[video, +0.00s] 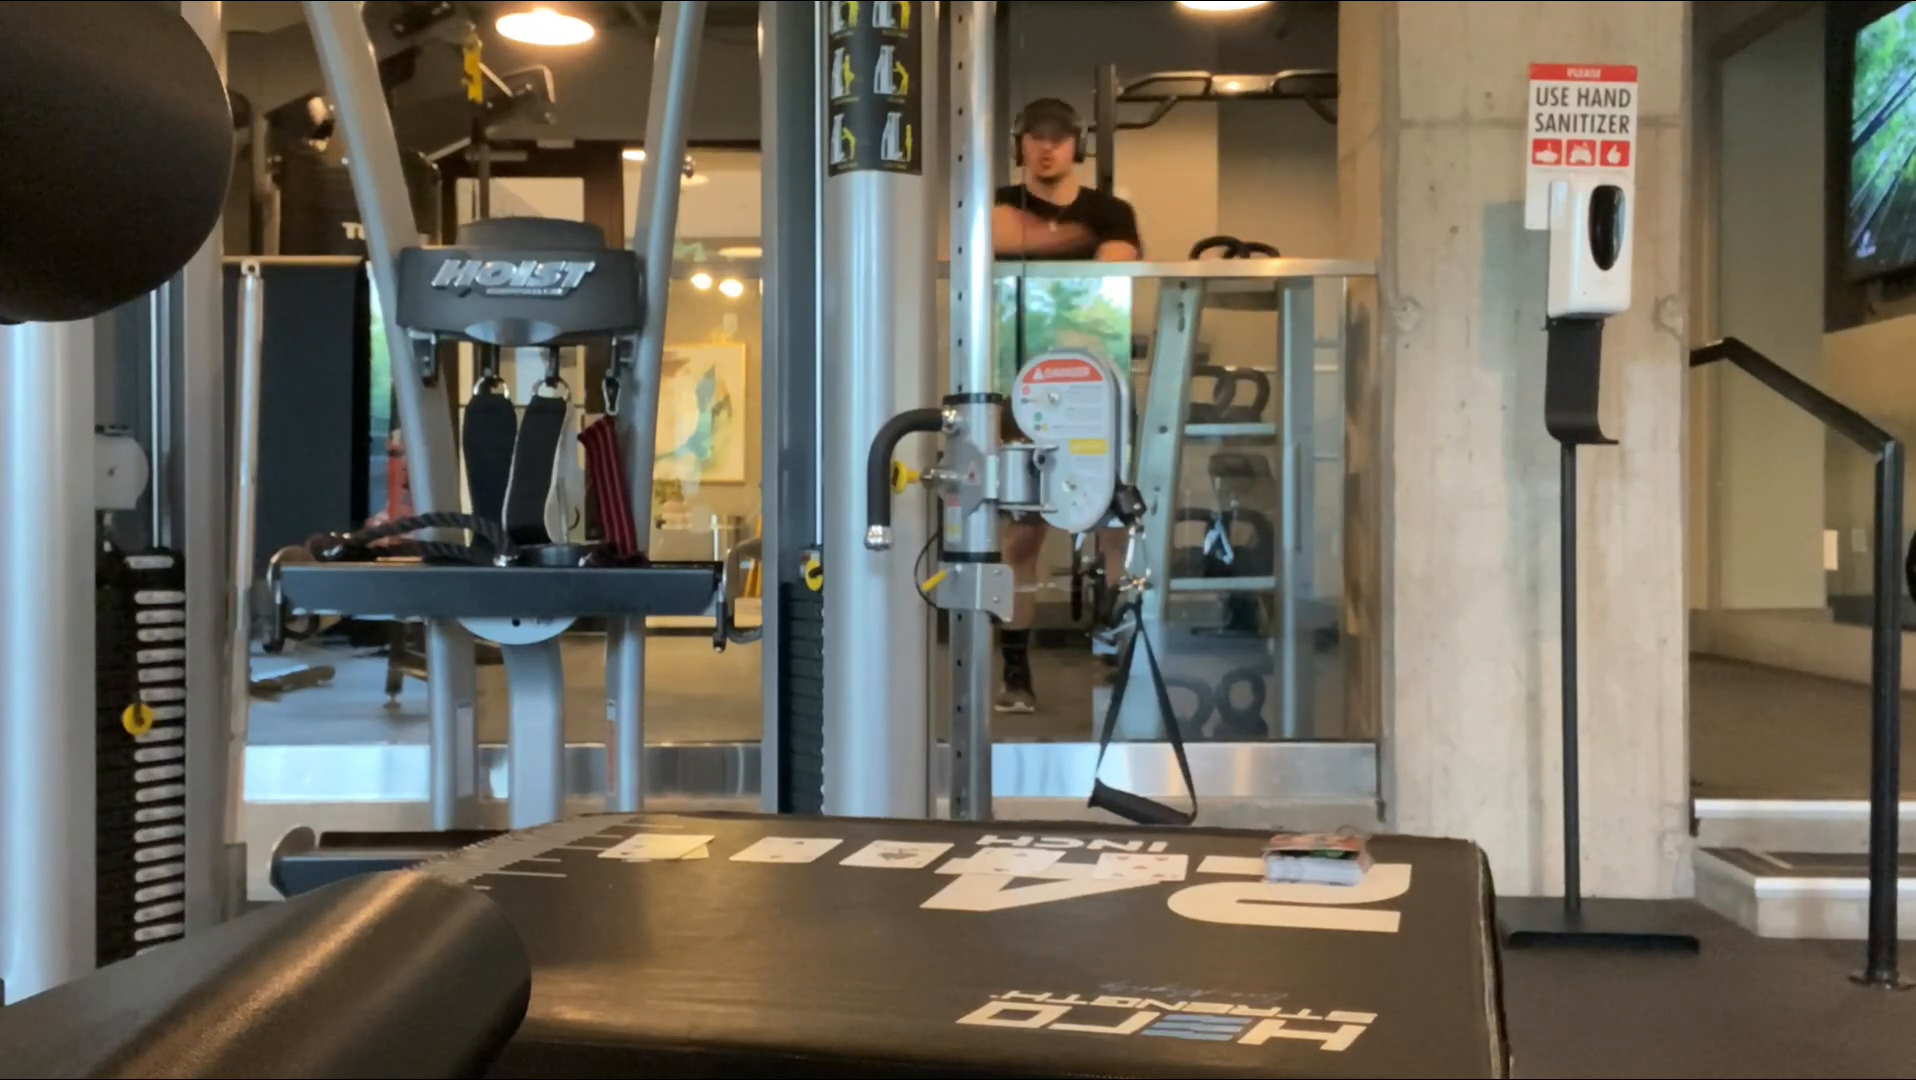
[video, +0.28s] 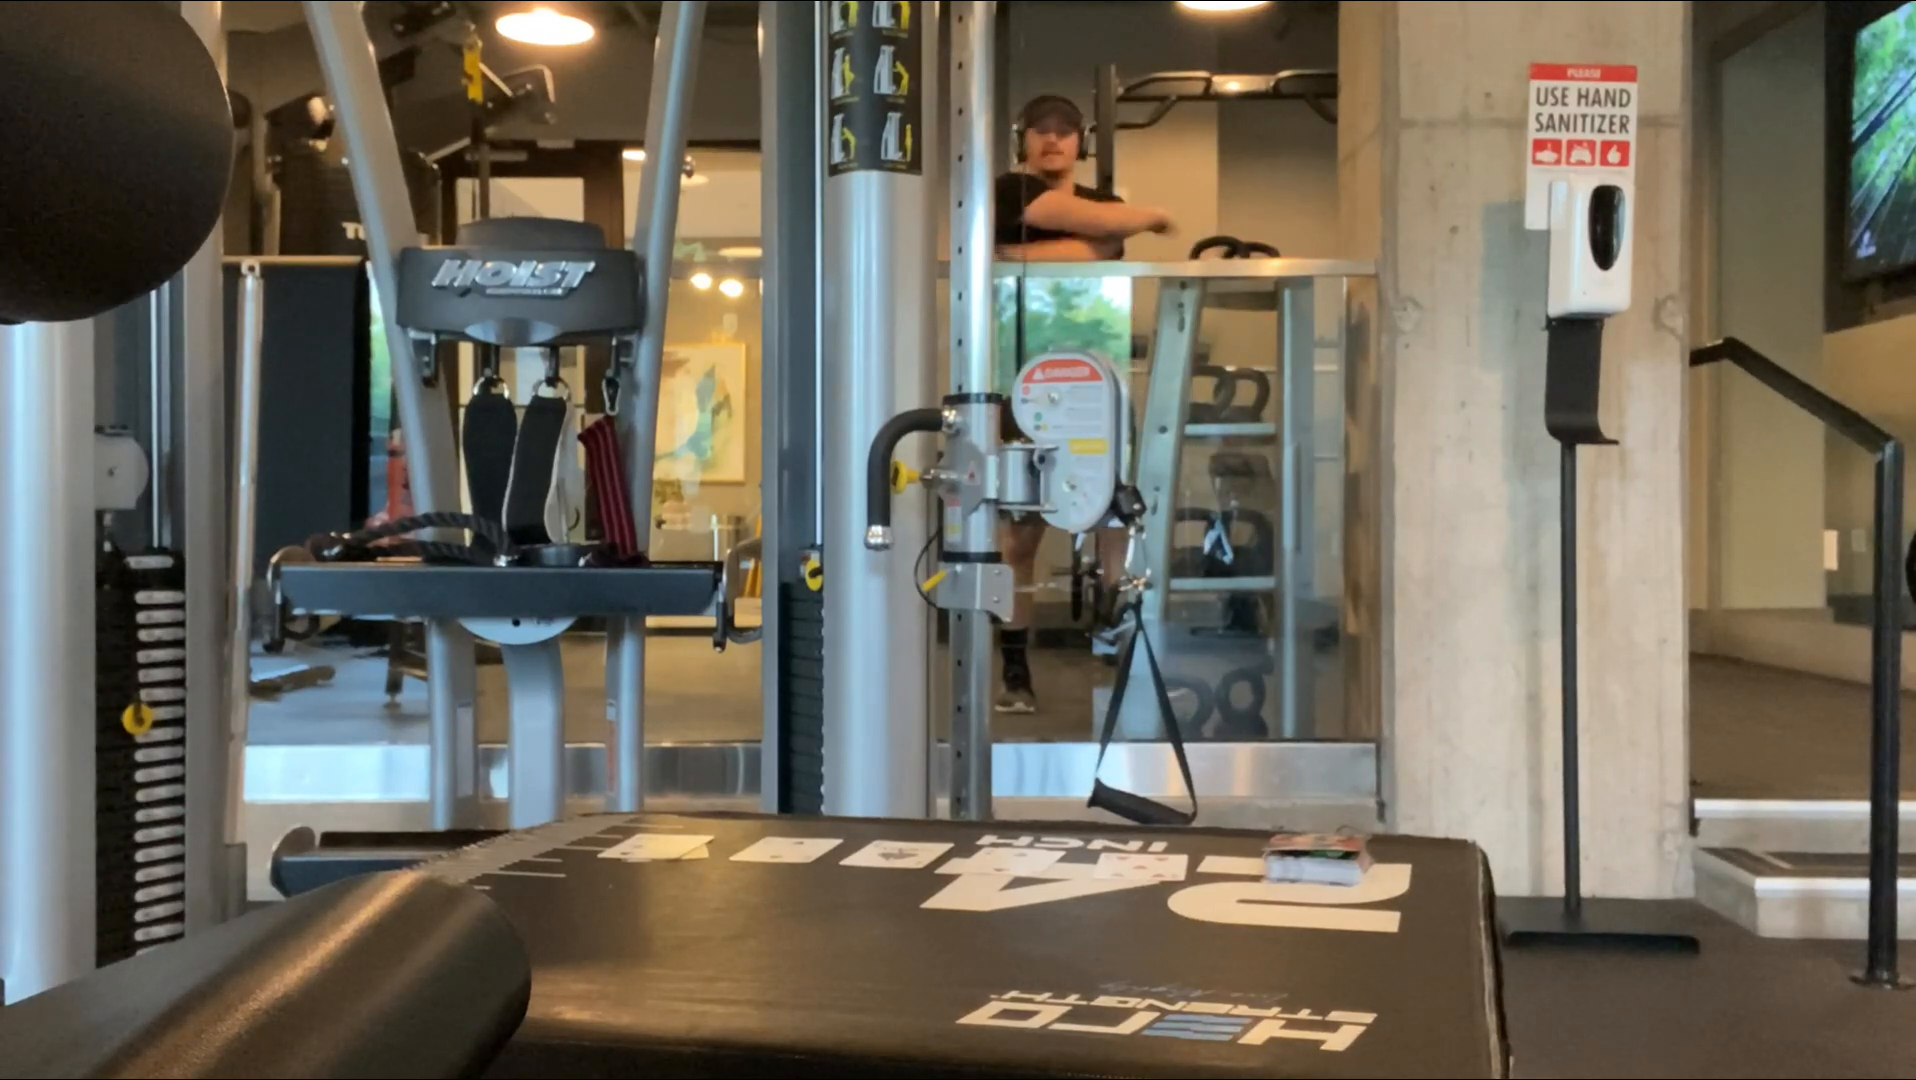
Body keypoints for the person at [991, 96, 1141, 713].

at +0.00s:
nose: (1047, 151)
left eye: (1057, 140)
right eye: (1037, 140)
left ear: (1076, 147)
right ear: (1020, 147)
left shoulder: (1110, 212)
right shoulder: (999, 206)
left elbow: (1120, 284)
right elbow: (997, 242)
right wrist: (1084, 237)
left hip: (1093, 387)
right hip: (1016, 385)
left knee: (1112, 520)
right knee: (1020, 534)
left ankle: (1123, 643)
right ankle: (1015, 659)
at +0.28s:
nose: (1054, 142)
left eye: (1064, 133)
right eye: (1043, 133)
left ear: (1081, 143)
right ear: (1024, 141)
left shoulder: (1103, 204)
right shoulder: (1008, 189)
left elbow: (1098, 253)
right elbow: (1070, 217)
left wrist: (1028, 247)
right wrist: (1146, 217)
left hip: (1093, 371)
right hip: (1020, 369)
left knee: (1110, 505)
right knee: (1020, 526)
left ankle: (1112, 620)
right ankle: (1014, 652)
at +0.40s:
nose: (1059, 143)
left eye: (1070, 134)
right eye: (1048, 133)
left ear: (1086, 146)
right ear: (1029, 143)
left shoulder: (1098, 209)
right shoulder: (1016, 194)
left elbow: (1134, 243)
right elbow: (1099, 233)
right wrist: (1186, 242)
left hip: (1090, 387)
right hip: (1023, 385)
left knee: (1112, 511)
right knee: (1022, 526)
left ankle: (1117, 625)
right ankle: (1013, 655)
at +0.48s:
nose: (1073, 145)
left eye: (1083, 136)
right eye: (1062, 134)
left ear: (1097, 147)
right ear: (1041, 143)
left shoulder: (1117, 220)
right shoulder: (1024, 199)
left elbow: (1144, 300)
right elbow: (1076, 241)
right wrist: (1145, 257)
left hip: (1106, 390)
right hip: (1034, 388)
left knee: (1119, 512)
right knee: (1027, 531)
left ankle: (1121, 632)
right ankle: (1014, 656)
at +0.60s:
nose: (1107, 149)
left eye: (1117, 140)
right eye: (1097, 138)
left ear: (1131, 152)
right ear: (1074, 146)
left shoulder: (1143, 229)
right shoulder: (1051, 203)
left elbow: (1186, 308)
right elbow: (1057, 297)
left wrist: (1242, 364)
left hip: (1123, 392)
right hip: (1055, 390)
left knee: (1129, 516)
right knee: (1039, 528)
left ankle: (1126, 642)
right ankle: (1014, 657)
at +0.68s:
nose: (1135, 148)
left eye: (1145, 140)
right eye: (1125, 137)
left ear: (1159, 152)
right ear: (1103, 146)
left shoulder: (1160, 224)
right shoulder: (1072, 202)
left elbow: (1186, 308)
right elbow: (1026, 274)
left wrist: (1232, 363)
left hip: (1142, 394)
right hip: (1074, 392)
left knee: (1138, 522)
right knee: (1055, 522)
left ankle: (1134, 653)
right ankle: (1016, 653)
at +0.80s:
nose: (1182, 149)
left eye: (1191, 141)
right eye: (1173, 136)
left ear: (1197, 151)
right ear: (1146, 137)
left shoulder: (1182, 207)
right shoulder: (1104, 191)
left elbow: (1182, 282)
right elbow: (1026, 240)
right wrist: (966, 266)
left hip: (1163, 375)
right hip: (1107, 377)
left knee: (1141, 515)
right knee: (1096, 522)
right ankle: (1035, 647)